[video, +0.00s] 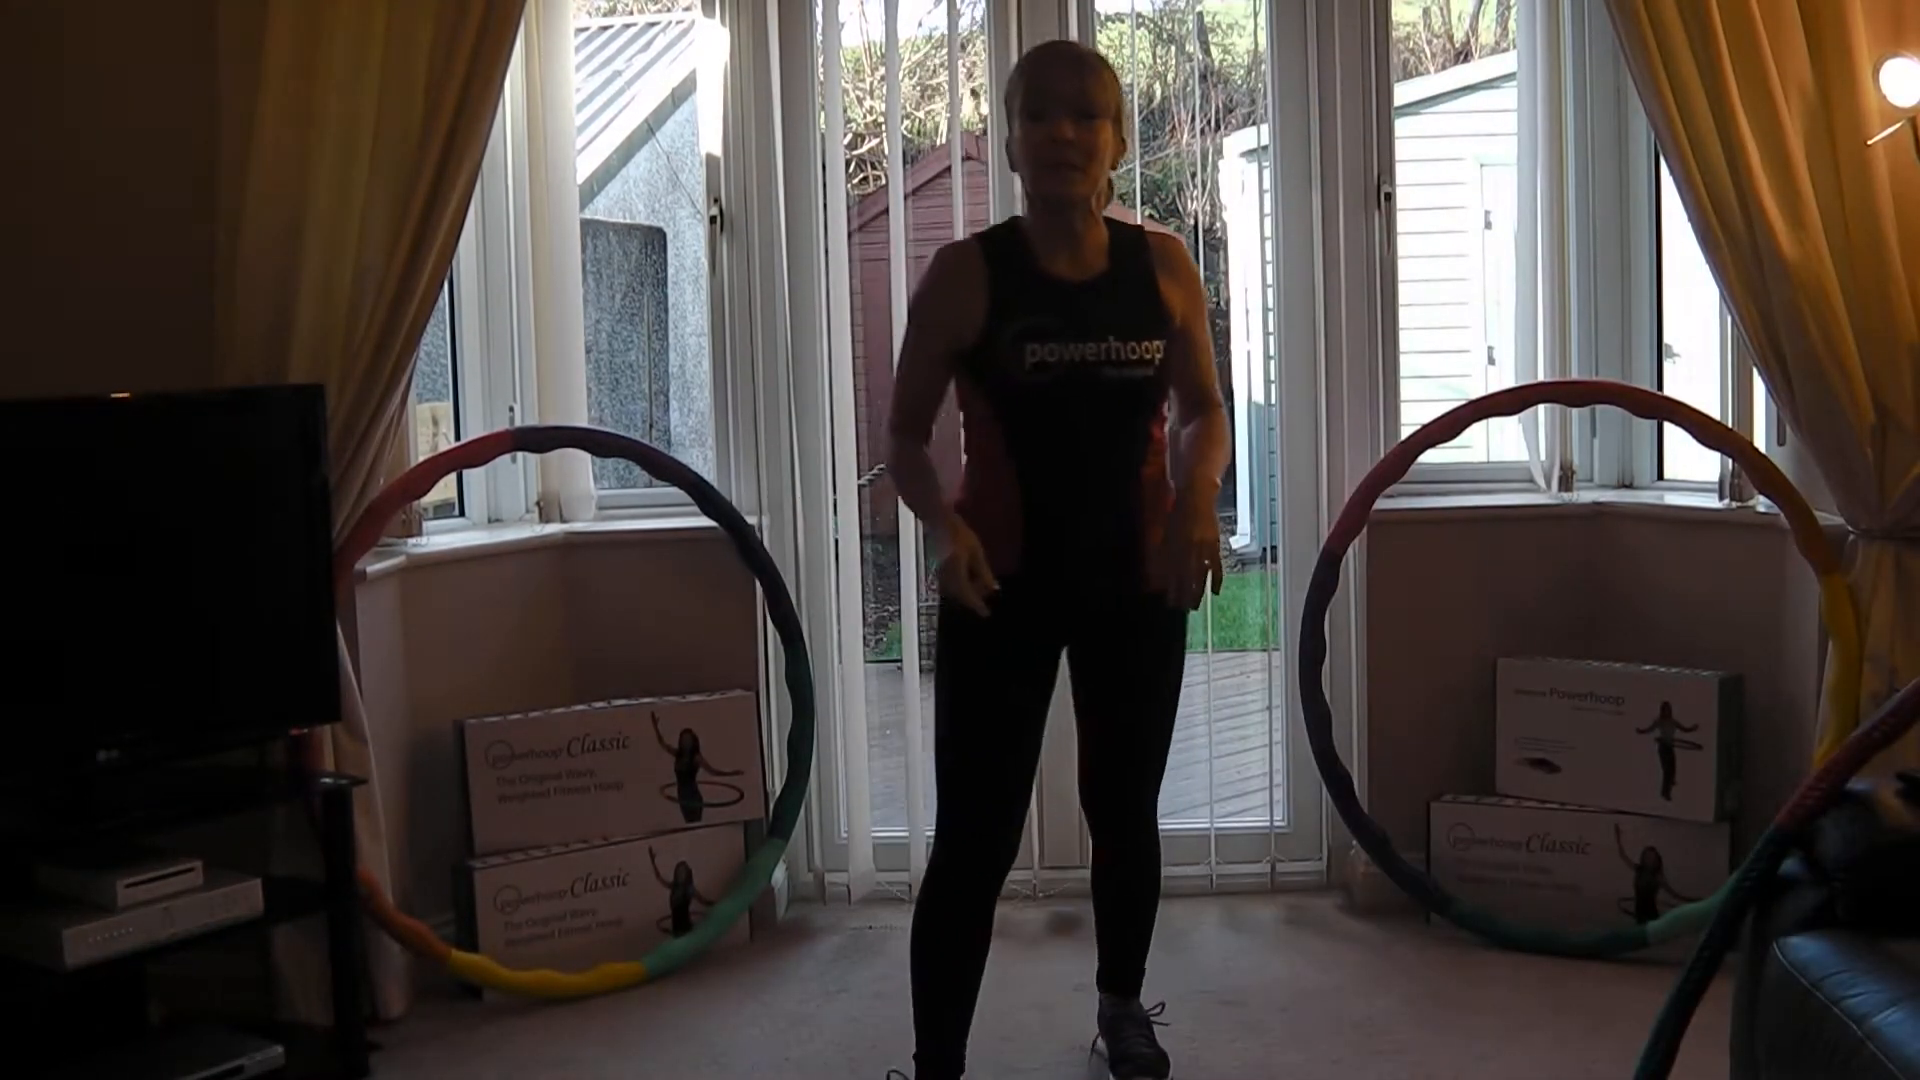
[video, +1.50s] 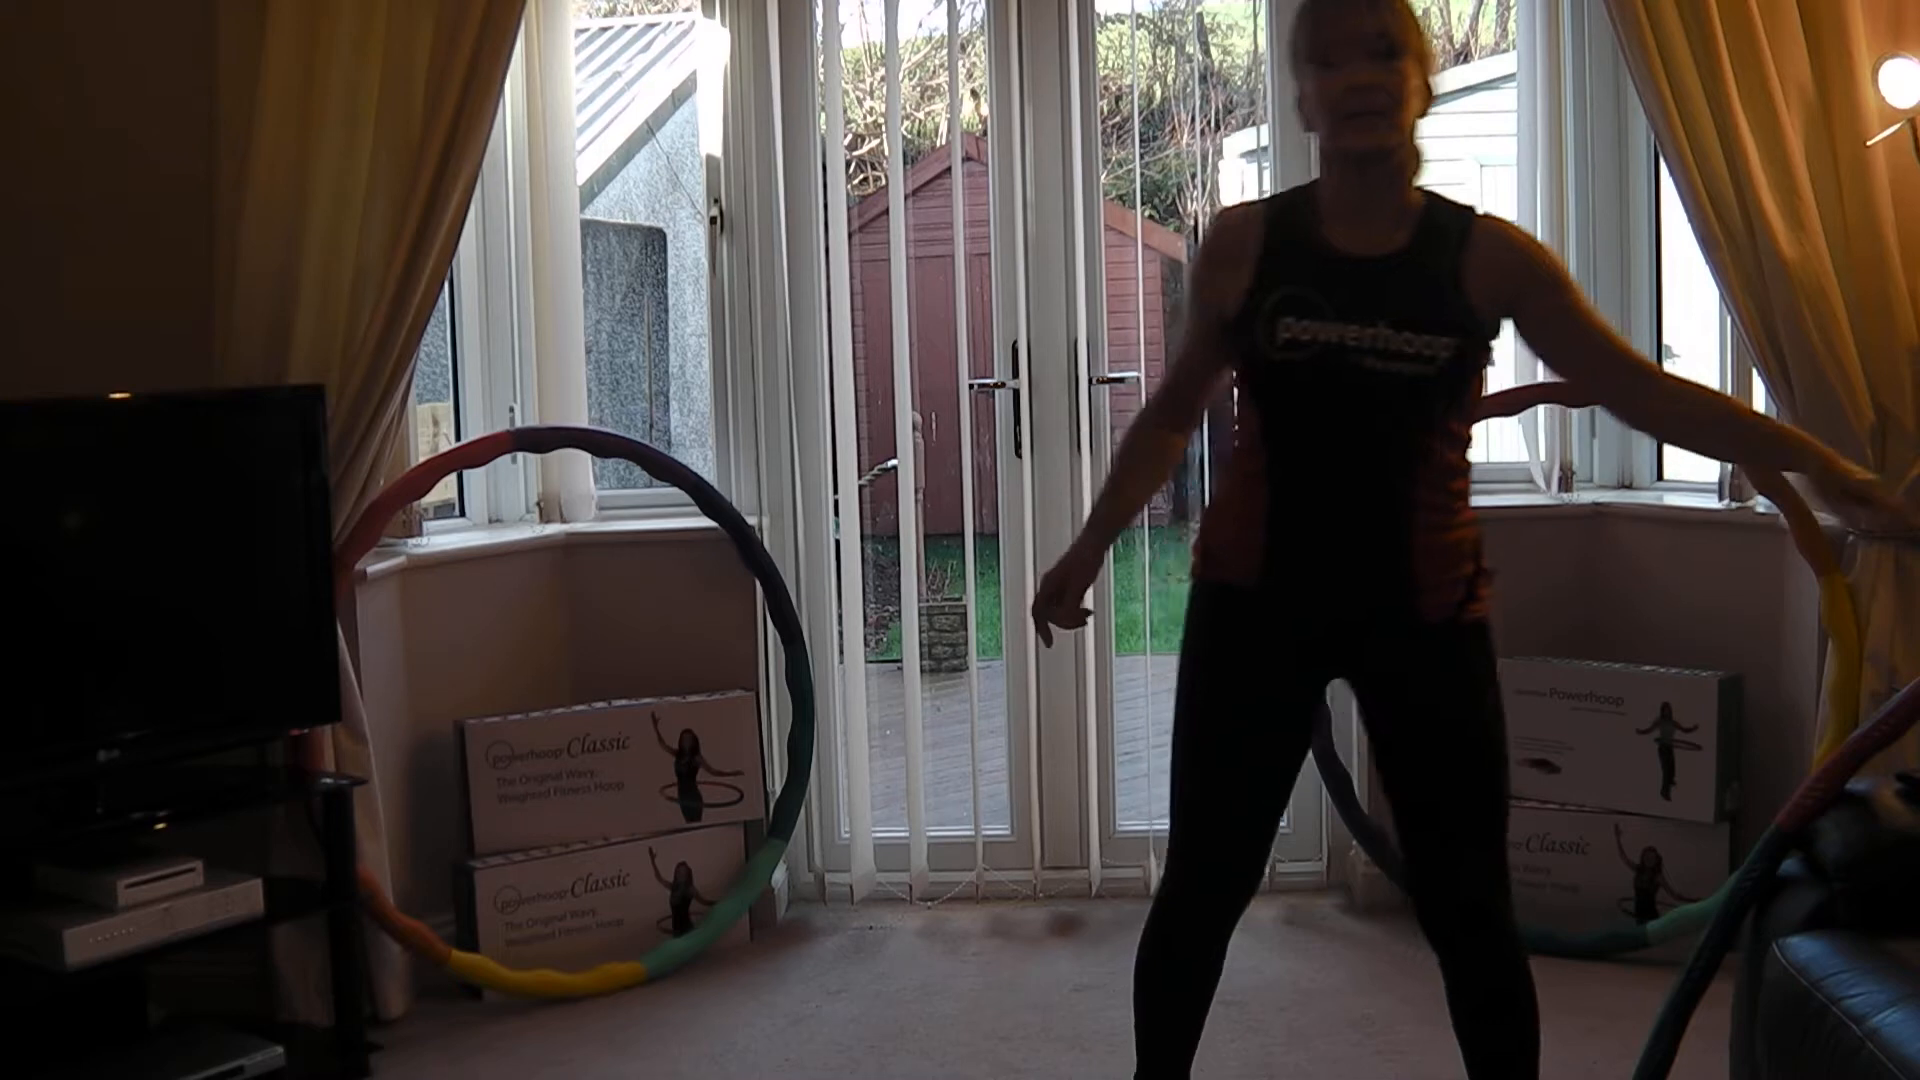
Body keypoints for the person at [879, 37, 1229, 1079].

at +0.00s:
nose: (1064, 137)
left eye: (1087, 115)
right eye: (1042, 116)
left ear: (1119, 135)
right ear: (1012, 134)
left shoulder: (1162, 262)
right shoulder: (964, 275)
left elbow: (1203, 408)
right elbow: (904, 434)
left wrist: (1196, 511)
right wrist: (944, 525)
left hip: (1135, 587)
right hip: (1001, 590)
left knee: (1127, 815)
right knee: (973, 839)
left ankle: (1124, 1010)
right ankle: (936, 1064)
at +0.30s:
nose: (1102, 134)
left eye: (1124, 115)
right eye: (1082, 115)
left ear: (1160, 134)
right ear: (1057, 134)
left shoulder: (1213, 261)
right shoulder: (1010, 267)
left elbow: (1268, 398)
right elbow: (973, 413)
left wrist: (1263, 488)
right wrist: (980, 497)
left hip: (1172, 575)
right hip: (1042, 572)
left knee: (1146, 807)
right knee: (1038, 814)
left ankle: (1126, 1004)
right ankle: (1030, 1042)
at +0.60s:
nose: (1136, 137)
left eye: (1159, 118)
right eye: (1115, 118)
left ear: (1192, 137)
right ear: (1089, 135)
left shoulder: (1239, 271)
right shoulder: (1036, 269)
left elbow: (1287, 411)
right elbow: (976, 413)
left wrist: (1306, 485)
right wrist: (965, 506)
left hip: (1196, 583)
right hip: (1062, 581)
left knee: (1158, 815)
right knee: (1096, 815)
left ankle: (1123, 1009)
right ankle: (1117, 1041)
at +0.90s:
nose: (1205, 130)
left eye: (1216, 111)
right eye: (1176, 109)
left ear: (1227, 128)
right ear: (1109, 125)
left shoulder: (1258, 259)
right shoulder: (1051, 270)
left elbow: (1299, 417)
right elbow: (991, 439)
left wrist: (1356, 482)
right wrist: (1034, 526)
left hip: (1231, 602)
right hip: (1097, 605)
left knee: (1223, 856)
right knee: (1125, 865)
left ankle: (1136, 992)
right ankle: (1139, 1073)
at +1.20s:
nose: (1215, 92)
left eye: (1238, 71)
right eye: (1187, 72)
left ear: (1270, 96)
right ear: (1147, 98)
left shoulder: (1315, 248)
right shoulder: (1096, 250)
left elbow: (1399, 399)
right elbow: (1018, 431)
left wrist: (1512, 447)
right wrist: (1081, 512)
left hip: (1295, 594)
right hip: (1143, 599)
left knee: (1377, 874)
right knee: (1143, 888)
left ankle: (1408, 1078)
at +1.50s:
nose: (1357, 83)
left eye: (1379, 59)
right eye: (1330, 64)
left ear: (1418, 78)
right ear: (1299, 88)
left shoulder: (1490, 258)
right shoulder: (1241, 244)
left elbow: (1642, 391)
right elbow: (1173, 413)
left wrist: (1813, 461)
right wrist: (1085, 550)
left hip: (1420, 615)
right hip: (1254, 607)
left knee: (1470, 912)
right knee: (1199, 893)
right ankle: (1159, 1076)